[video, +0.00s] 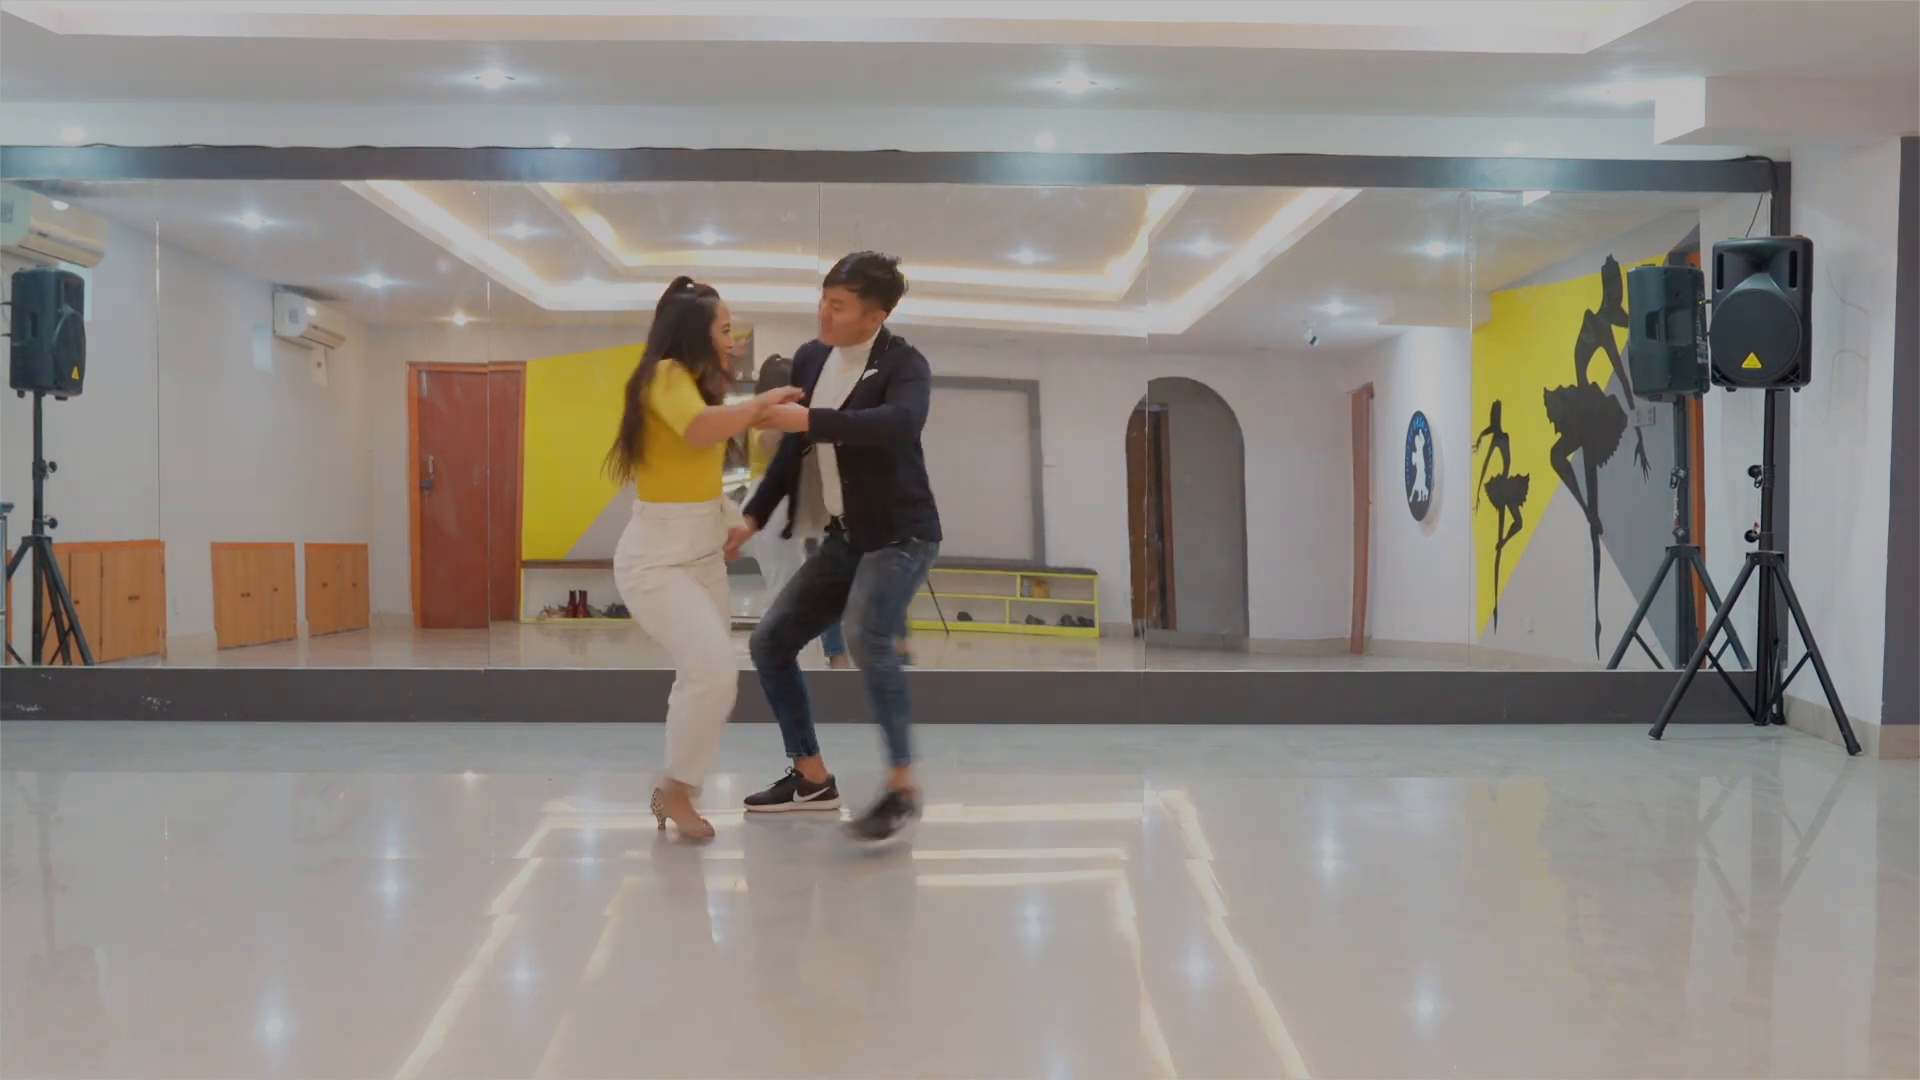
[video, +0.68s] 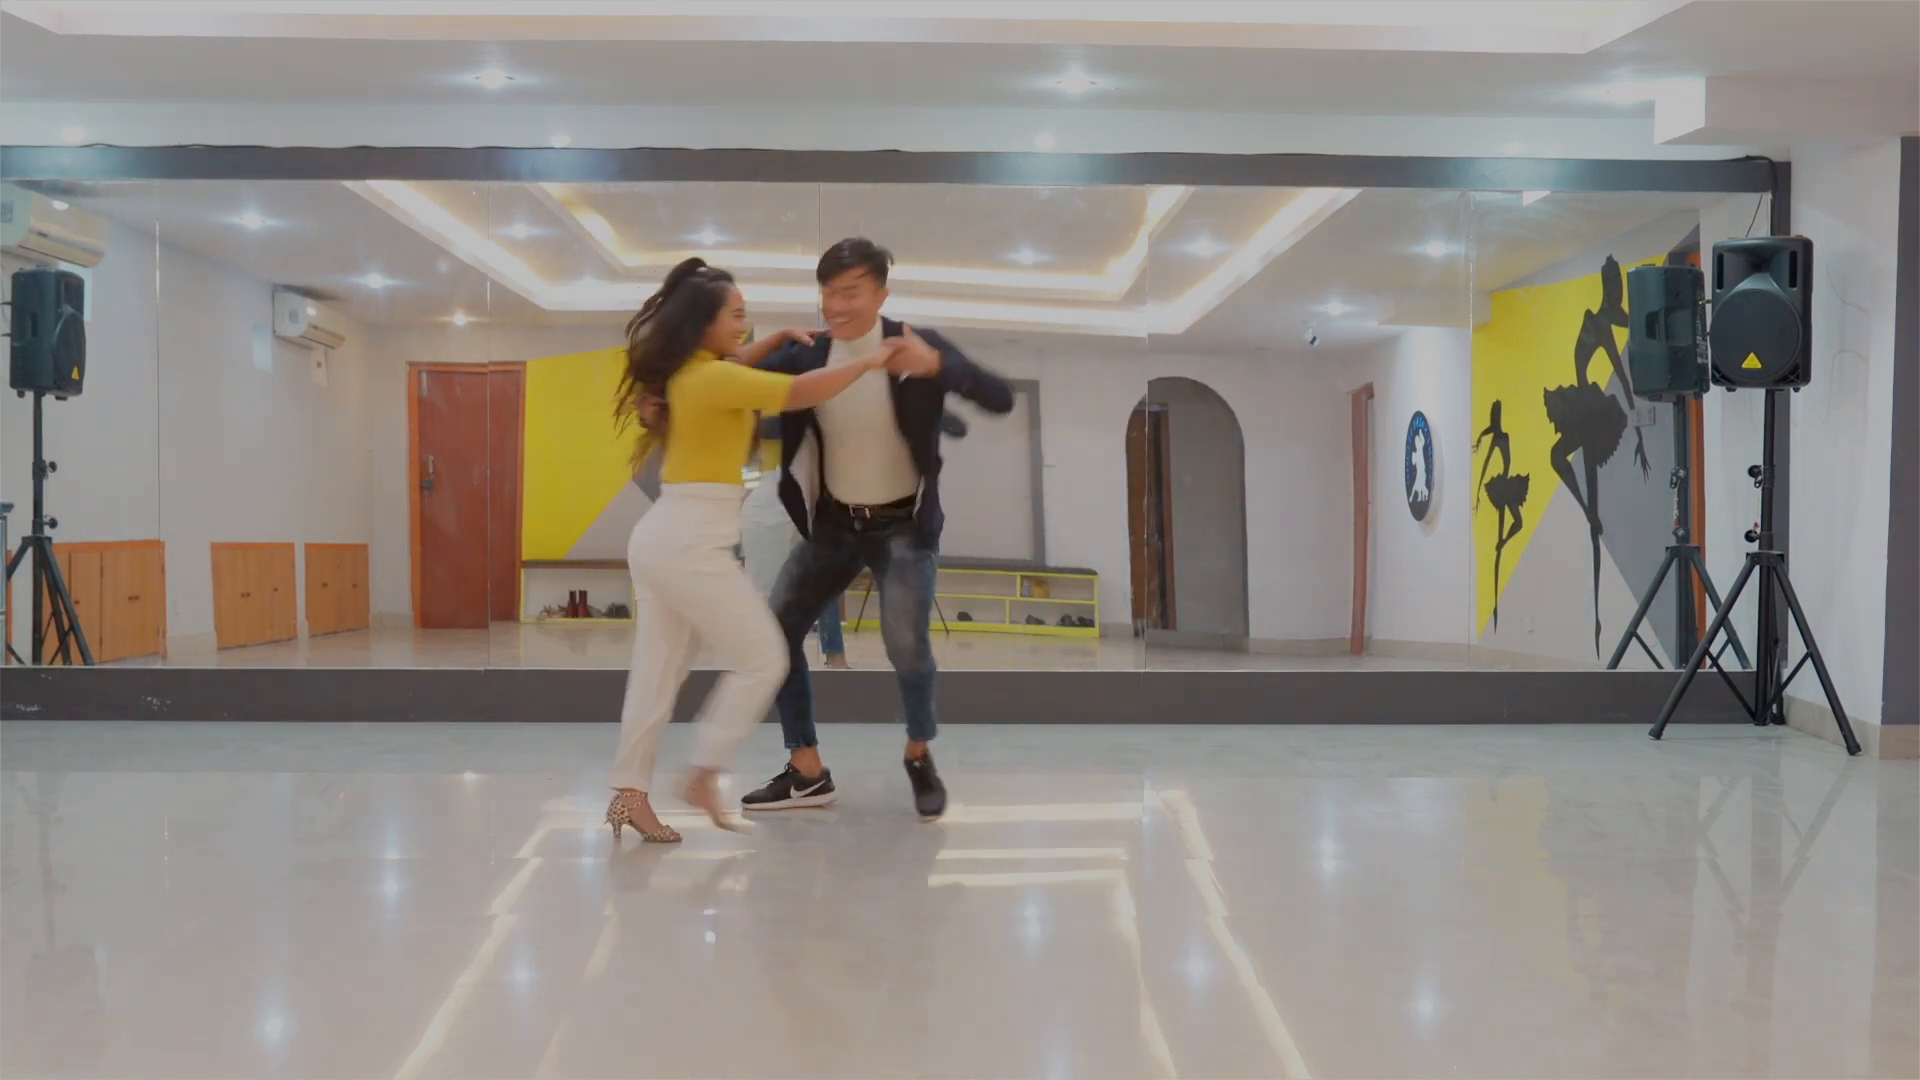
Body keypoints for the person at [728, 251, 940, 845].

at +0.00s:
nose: (824, 312)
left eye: (838, 305)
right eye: (824, 301)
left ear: (877, 315)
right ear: (825, 301)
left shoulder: (904, 363)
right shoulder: (812, 358)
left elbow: (903, 423)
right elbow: (792, 445)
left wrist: (808, 419)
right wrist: (752, 518)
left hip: (902, 535)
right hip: (844, 537)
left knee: (867, 638)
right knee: (771, 644)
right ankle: (811, 776)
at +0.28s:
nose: (807, 348)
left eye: (822, 341)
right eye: (812, 337)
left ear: (858, 360)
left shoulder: (879, 418)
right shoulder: (801, 415)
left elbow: (868, 497)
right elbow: (757, 471)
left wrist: (780, 466)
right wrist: (706, 469)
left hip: (886, 588)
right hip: (828, 591)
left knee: (813, 667)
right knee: (741, 657)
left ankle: (860, 815)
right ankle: (805, 775)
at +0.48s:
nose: (793, 335)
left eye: (807, 327)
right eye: (796, 323)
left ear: (845, 345)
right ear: (797, 328)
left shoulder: (888, 401)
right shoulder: (776, 383)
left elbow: (905, 498)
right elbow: (711, 418)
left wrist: (832, 484)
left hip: (901, 549)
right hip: (837, 551)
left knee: (870, 656)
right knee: (756, 646)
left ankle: (867, 807)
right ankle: (804, 767)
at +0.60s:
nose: (806, 312)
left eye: (820, 303)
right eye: (806, 300)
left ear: (860, 311)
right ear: (805, 304)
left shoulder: (903, 365)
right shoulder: (789, 360)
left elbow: (964, 439)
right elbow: (720, 393)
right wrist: (648, 402)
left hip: (905, 524)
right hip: (838, 529)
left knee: (892, 636)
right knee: (771, 636)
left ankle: (901, 776)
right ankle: (806, 771)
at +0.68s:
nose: (745, 322)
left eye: (744, 311)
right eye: (735, 313)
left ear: (699, 325)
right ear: (705, 321)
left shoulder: (687, 373)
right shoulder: (711, 377)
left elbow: (736, 378)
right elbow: (799, 391)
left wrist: (767, 347)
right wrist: (869, 361)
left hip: (664, 538)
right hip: (690, 544)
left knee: (656, 676)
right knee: (765, 656)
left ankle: (629, 794)